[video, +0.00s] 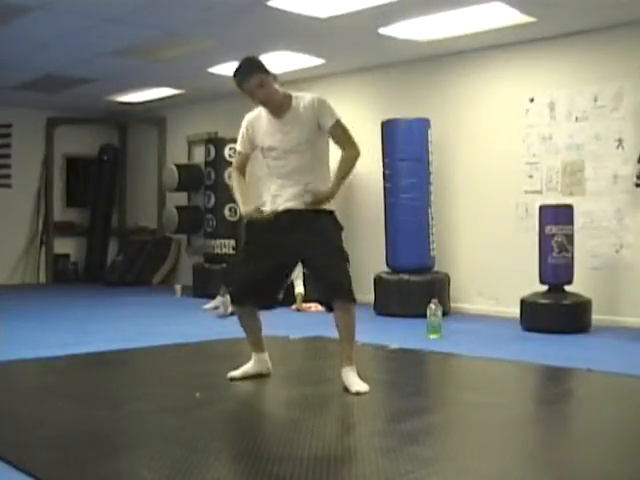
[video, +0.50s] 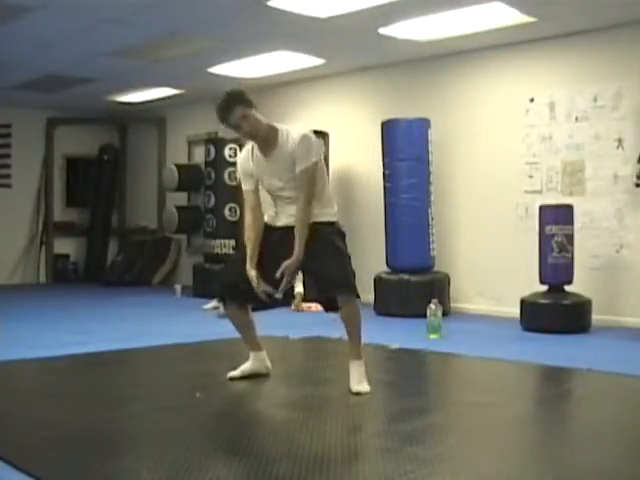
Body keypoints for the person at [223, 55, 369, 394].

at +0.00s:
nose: (259, 97)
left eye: (260, 87)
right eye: (251, 93)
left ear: (273, 78)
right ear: (247, 95)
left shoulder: (313, 106)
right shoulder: (252, 123)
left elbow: (351, 150)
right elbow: (236, 171)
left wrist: (331, 191)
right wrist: (245, 206)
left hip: (314, 219)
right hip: (268, 223)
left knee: (341, 289)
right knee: (240, 288)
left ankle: (349, 368)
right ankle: (259, 358)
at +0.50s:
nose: (245, 128)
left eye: (245, 118)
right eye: (236, 126)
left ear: (255, 109)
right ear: (233, 131)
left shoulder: (302, 141)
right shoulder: (246, 160)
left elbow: (306, 202)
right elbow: (252, 213)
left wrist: (297, 255)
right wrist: (251, 263)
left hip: (319, 228)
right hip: (278, 231)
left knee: (344, 290)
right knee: (230, 290)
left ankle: (356, 362)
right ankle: (258, 357)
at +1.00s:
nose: (247, 161)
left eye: (246, 151)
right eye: (238, 161)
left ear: (254, 138)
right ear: (234, 164)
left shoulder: (297, 163)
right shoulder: (244, 179)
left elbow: (304, 229)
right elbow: (253, 236)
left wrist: (303, 285)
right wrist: (256, 291)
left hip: (325, 233)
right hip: (283, 236)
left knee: (345, 284)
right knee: (230, 289)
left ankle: (360, 360)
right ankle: (258, 358)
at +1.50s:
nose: (249, 152)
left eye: (249, 141)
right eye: (239, 151)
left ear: (258, 130)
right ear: (236, 154)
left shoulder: (301, 159)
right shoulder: (244, 174)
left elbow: (304, 224)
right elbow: (253, 231)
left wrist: (301, 278)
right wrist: (253, 285)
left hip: (325, 234)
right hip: (283, 237)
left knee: (347, 280)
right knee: (231, 290)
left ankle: (360, 360)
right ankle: (258, 359)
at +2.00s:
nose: (250, 155)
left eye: (254, 148)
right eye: (246, 149)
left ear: (272, 137)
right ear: (246, 143)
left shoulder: (309, 156)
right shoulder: (259, 158)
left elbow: (343, 205)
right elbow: (245, 195)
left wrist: (357, 254)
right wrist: (217, 234)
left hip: (327, 234)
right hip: (290, 234)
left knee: (331, 298)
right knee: (237, 276)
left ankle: (355, 366)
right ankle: (252, 348)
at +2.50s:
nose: (183, 142)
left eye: (181, 134)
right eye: (178, 137)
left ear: (193, 120)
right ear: (187, 128)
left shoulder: (234, 135)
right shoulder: (204, 155)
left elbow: (286, 153)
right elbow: (225, 186)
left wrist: (280, 199)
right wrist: (223, 220)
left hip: (263, 224)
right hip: (233, 229)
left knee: (261, 295)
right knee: (208, 291)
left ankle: (300, 345)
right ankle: (232, 347)